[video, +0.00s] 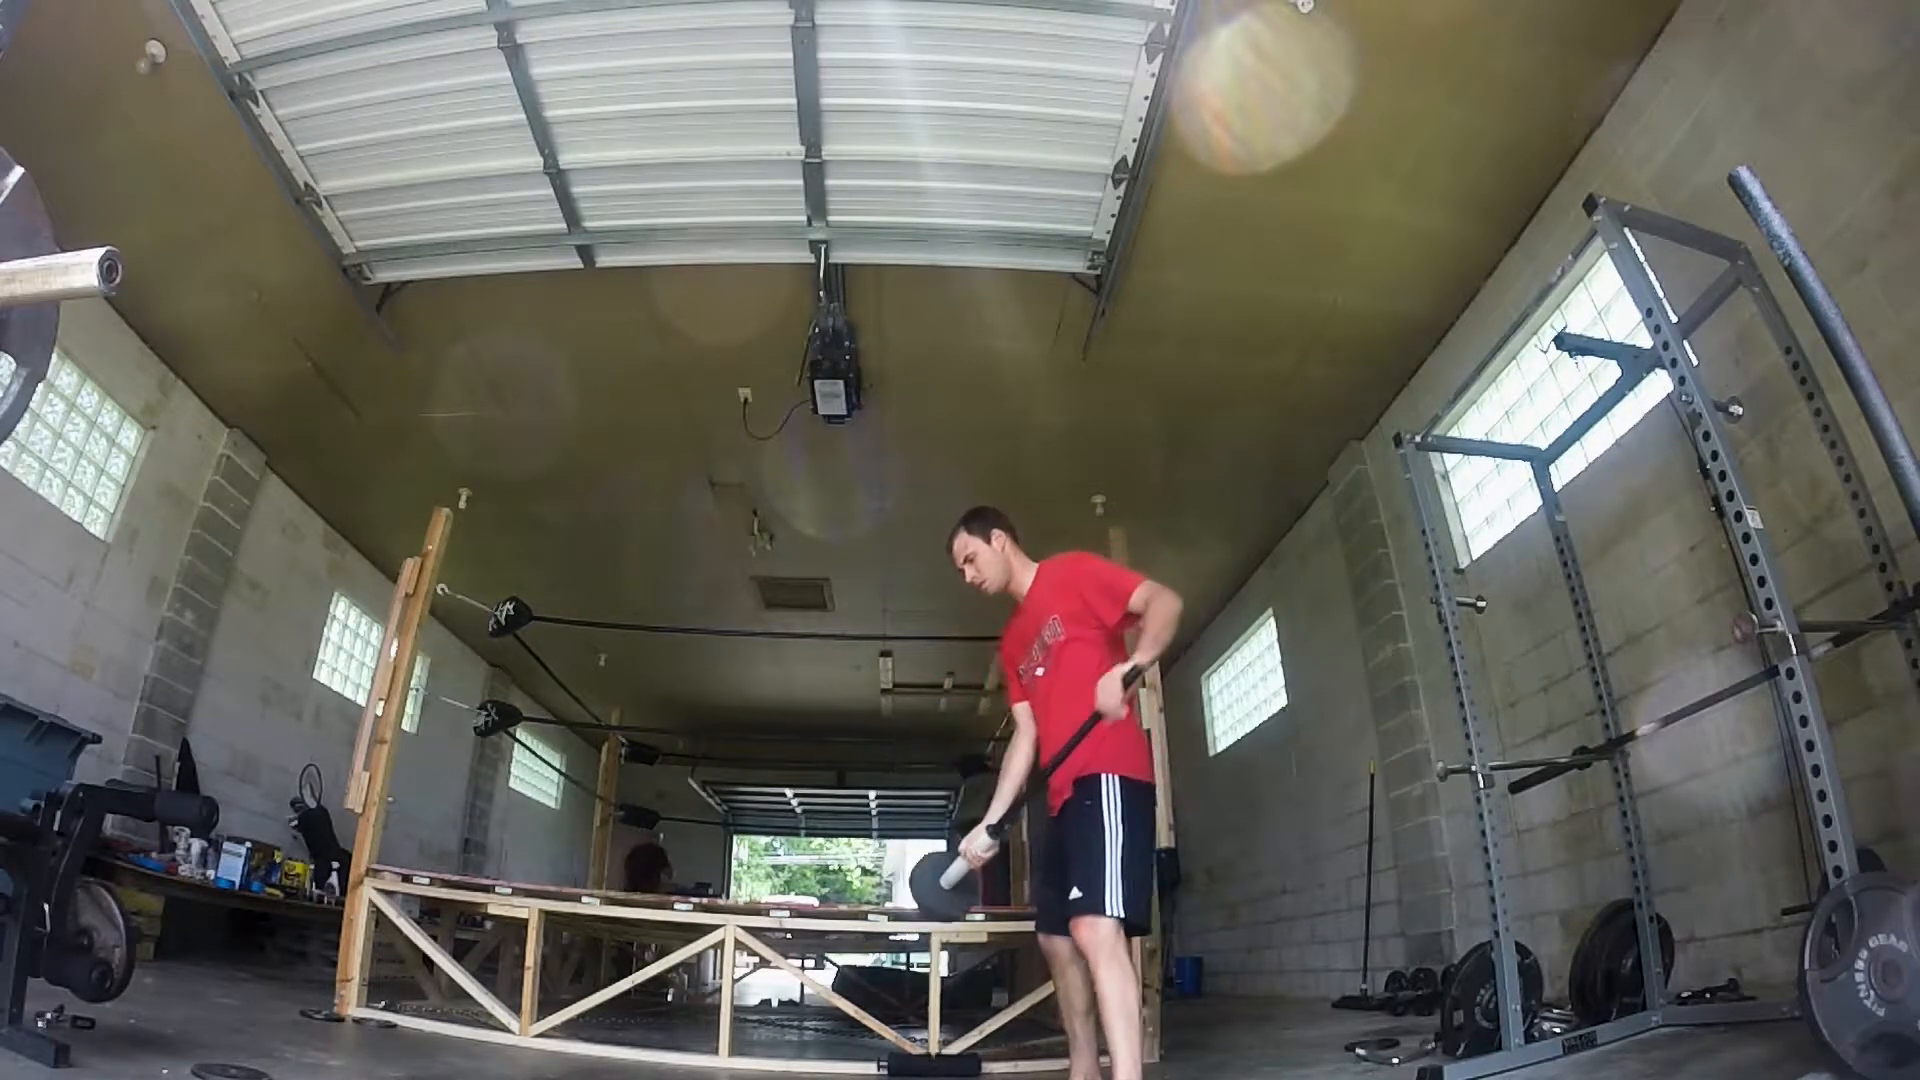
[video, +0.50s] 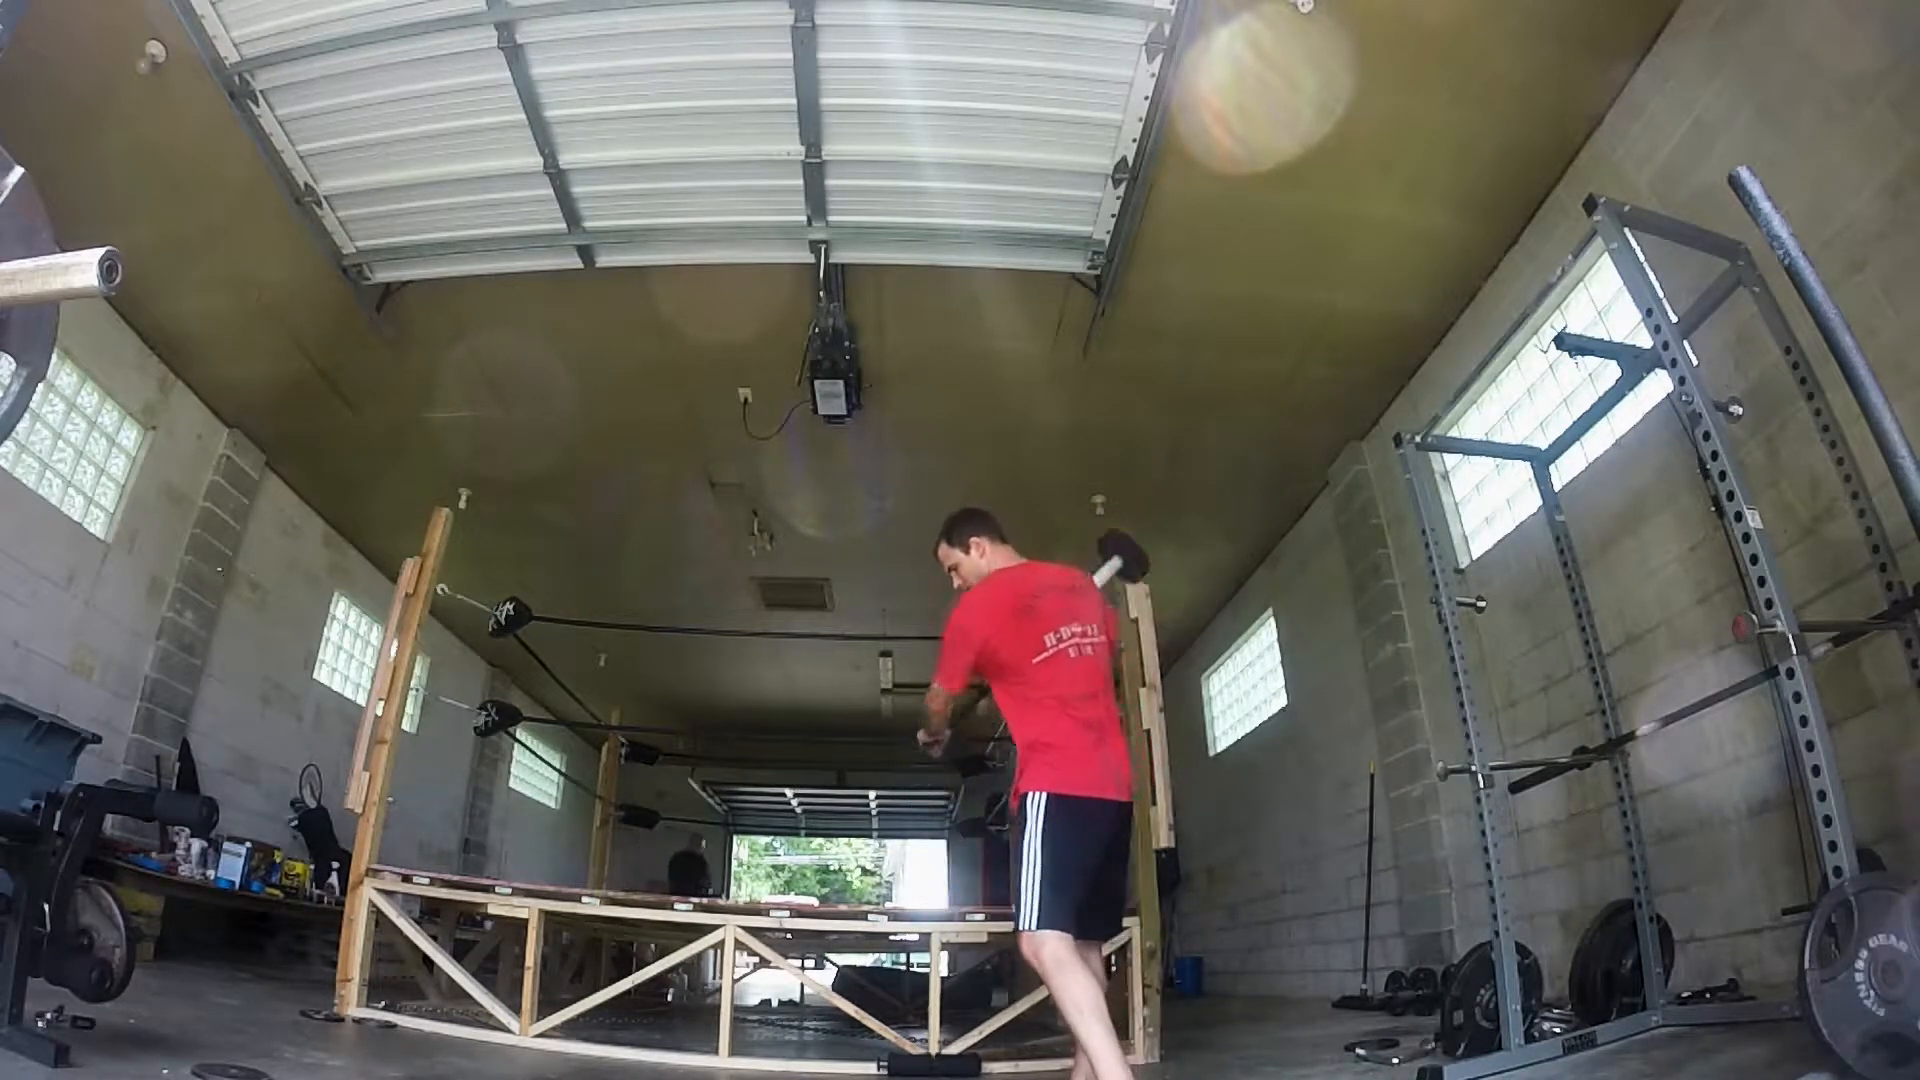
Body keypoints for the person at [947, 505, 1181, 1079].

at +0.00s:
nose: (968, 574)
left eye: (970, 558)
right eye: (961, 568)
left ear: (1002, 538)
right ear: (978, 563)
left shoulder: (1070, 570)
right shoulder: (1012, 641)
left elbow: (1164, 602)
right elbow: (1025, 734)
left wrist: (1132, 667)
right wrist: (989, 822)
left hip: (1109, 771)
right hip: (1061, 788)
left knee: (1095, 928)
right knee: (1055, 936)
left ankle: (1128, 1075)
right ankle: (1085, 1072)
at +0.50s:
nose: (956, 584)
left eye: (953, 569)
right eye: (950, 574)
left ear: (977, 546)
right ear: (998, 542)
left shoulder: (978, 604)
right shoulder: (1082, 583)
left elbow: (941, 701)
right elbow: (1111, 661)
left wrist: (934, 732)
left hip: (1056, 784)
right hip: (1112, 785)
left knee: (1044, 940)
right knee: (1086, 942)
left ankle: (1116, 1074)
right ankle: (1086, 1071)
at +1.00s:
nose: (958, 578)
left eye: (954, 566)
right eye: (954, 568)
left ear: (967, 550)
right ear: (1003, 540)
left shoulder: (963, 607)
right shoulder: (1074, 569)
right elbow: (1131, 536)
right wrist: (1110, 462)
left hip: (1035, 782)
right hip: (1096, 777)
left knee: (1041, 934)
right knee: (1083, 936)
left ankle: (1116, 1074)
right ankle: (1083, 1070)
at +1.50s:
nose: (951, 591)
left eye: (948, 578)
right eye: (947, 582)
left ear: (965, 559)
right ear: (995, 553)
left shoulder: (960, 614)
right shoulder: (1066, 581)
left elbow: (969, 665)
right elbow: (1112, 556)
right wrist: (1100, 481)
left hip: (1049, 778)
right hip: (1100, 773)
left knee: (1050, 934)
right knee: (1072, 936)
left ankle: (1117, 1075)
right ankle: (1083, 1072)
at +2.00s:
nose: (947, 588)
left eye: (945, 573)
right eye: (940, 581)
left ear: (972, 547)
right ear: (980, 551)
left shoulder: (981, 595)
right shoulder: (1052, 585)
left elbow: (954, 710)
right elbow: (1078, 675)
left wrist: (944, 740)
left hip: (1068, 768)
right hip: (1101, 765)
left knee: (1068, 931)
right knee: (1074, 934)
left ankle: (1124, 1074)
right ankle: (1086, 1073)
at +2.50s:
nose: (963, 581)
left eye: (963, 563)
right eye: (954, 576)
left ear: (990, 540)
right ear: (960, 578)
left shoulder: (1075, 562)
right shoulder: (1000, 653)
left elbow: (1174, 596)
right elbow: (999, 758)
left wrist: (1132, 668)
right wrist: (951, 848)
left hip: (1133, 764)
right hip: (1078, 791)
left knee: (1108, 924)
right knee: (1065, 939)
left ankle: (1138, 1075)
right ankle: (1087, 1073)